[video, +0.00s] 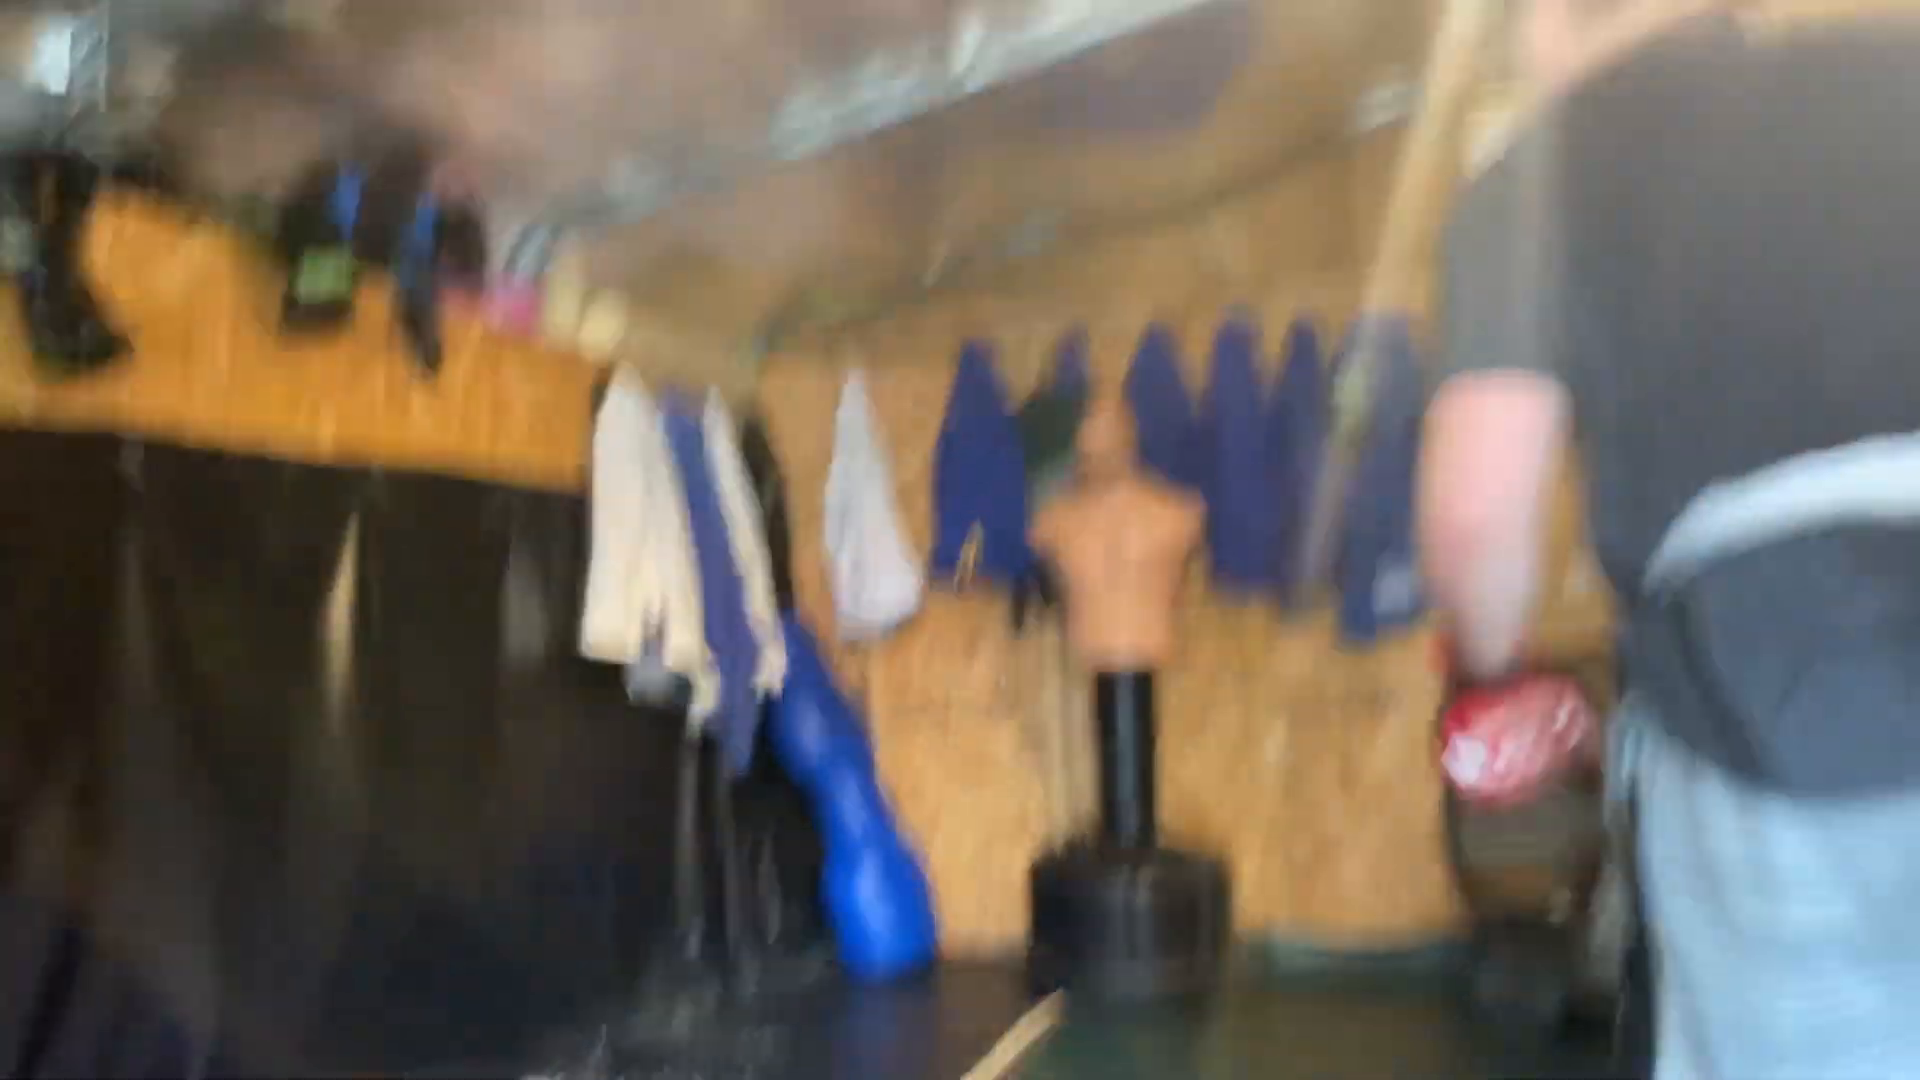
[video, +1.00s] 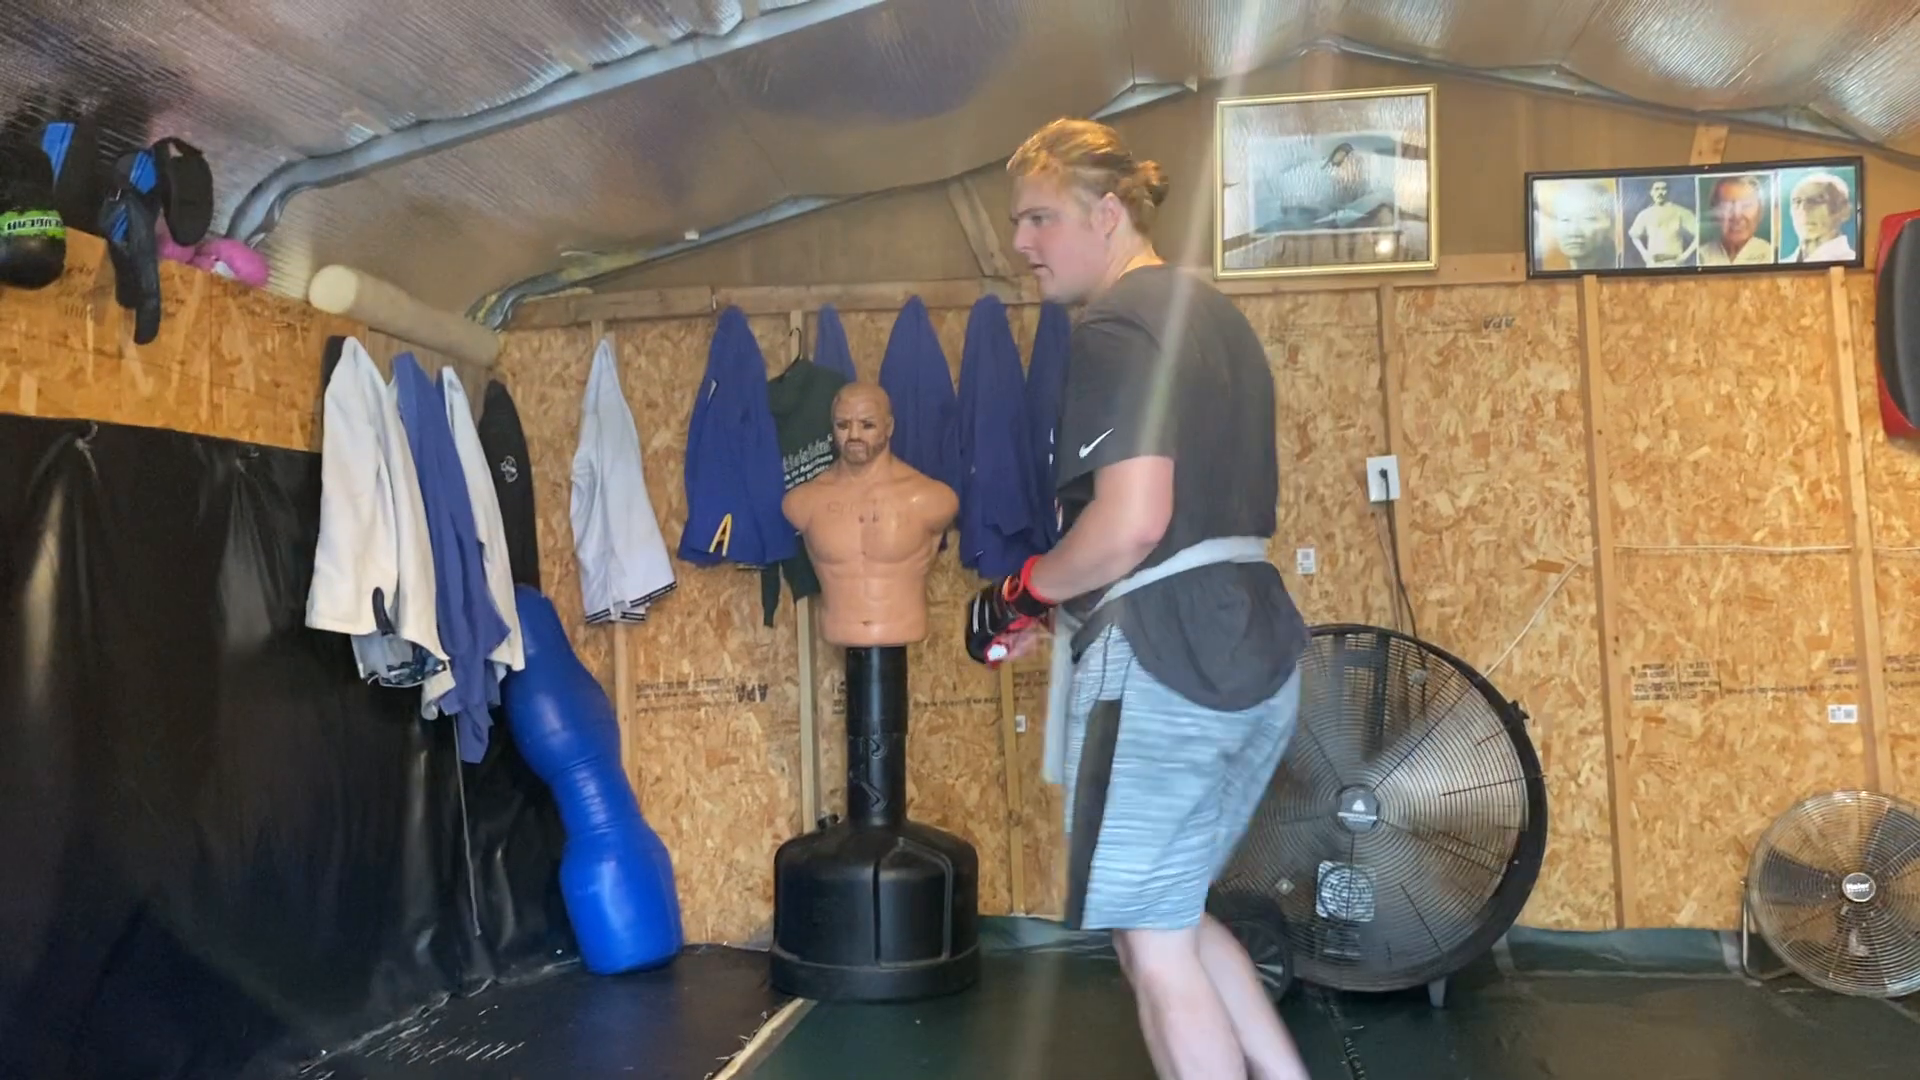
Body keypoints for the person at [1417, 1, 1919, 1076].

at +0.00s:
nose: (1520, 45)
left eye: (1524, 23)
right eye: (1519, 26)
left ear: (1567, 12)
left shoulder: (1556, 162)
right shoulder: (1884, 71)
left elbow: (1479, 513)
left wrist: (1493, 682)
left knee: (1806, 1057)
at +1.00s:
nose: (1023, 243)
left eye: (1040, 219)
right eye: (1019, 222)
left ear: (1108, 213)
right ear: (1110, 218)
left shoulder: (1125, 320)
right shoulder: (1203, 306)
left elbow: (1133, 518)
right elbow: (1178, 510)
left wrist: (1030, 587)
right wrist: (1052, 599)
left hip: (1176, 648)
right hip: (1243, 637)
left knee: (1149, 922)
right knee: (1173, 905)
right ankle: (1283, 1072)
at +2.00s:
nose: (842, 264)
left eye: (859, 249)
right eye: (824, 250)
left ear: (889, 266)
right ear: (802, 270)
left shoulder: (953, 367)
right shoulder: (769, 389)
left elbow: (1021, 483)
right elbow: (748, 520)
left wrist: (984, 559)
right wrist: (754, 575)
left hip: (957, 649)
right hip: (837, 658)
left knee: (992, 884)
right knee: (874, 885)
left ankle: (1031, 1074)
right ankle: (903, 1075)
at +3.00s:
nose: (776, 239)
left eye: (793, 222)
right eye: (755, 223)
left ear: (821, 239)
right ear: (725, 241)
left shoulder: (886, 355)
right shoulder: (676, 369)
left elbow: (946, 484)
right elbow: (635, 511)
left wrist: (917, 550)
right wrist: (671, 570)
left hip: (886, 653)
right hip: (750, 658)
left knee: (952, 899)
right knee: (766, 922)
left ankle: (1006, 1074)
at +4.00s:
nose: (831, 225)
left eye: (849, 209)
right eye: (809, 210)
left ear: (876, 232)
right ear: (782, 233)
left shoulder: (933, 358)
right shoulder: (728, 349)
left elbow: (980, 491)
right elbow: (676, 495)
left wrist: (959, 546)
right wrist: (725, 551)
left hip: (915, 653)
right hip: (780, 654)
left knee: (929, 912)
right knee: (778, 927)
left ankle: (948, 1077)